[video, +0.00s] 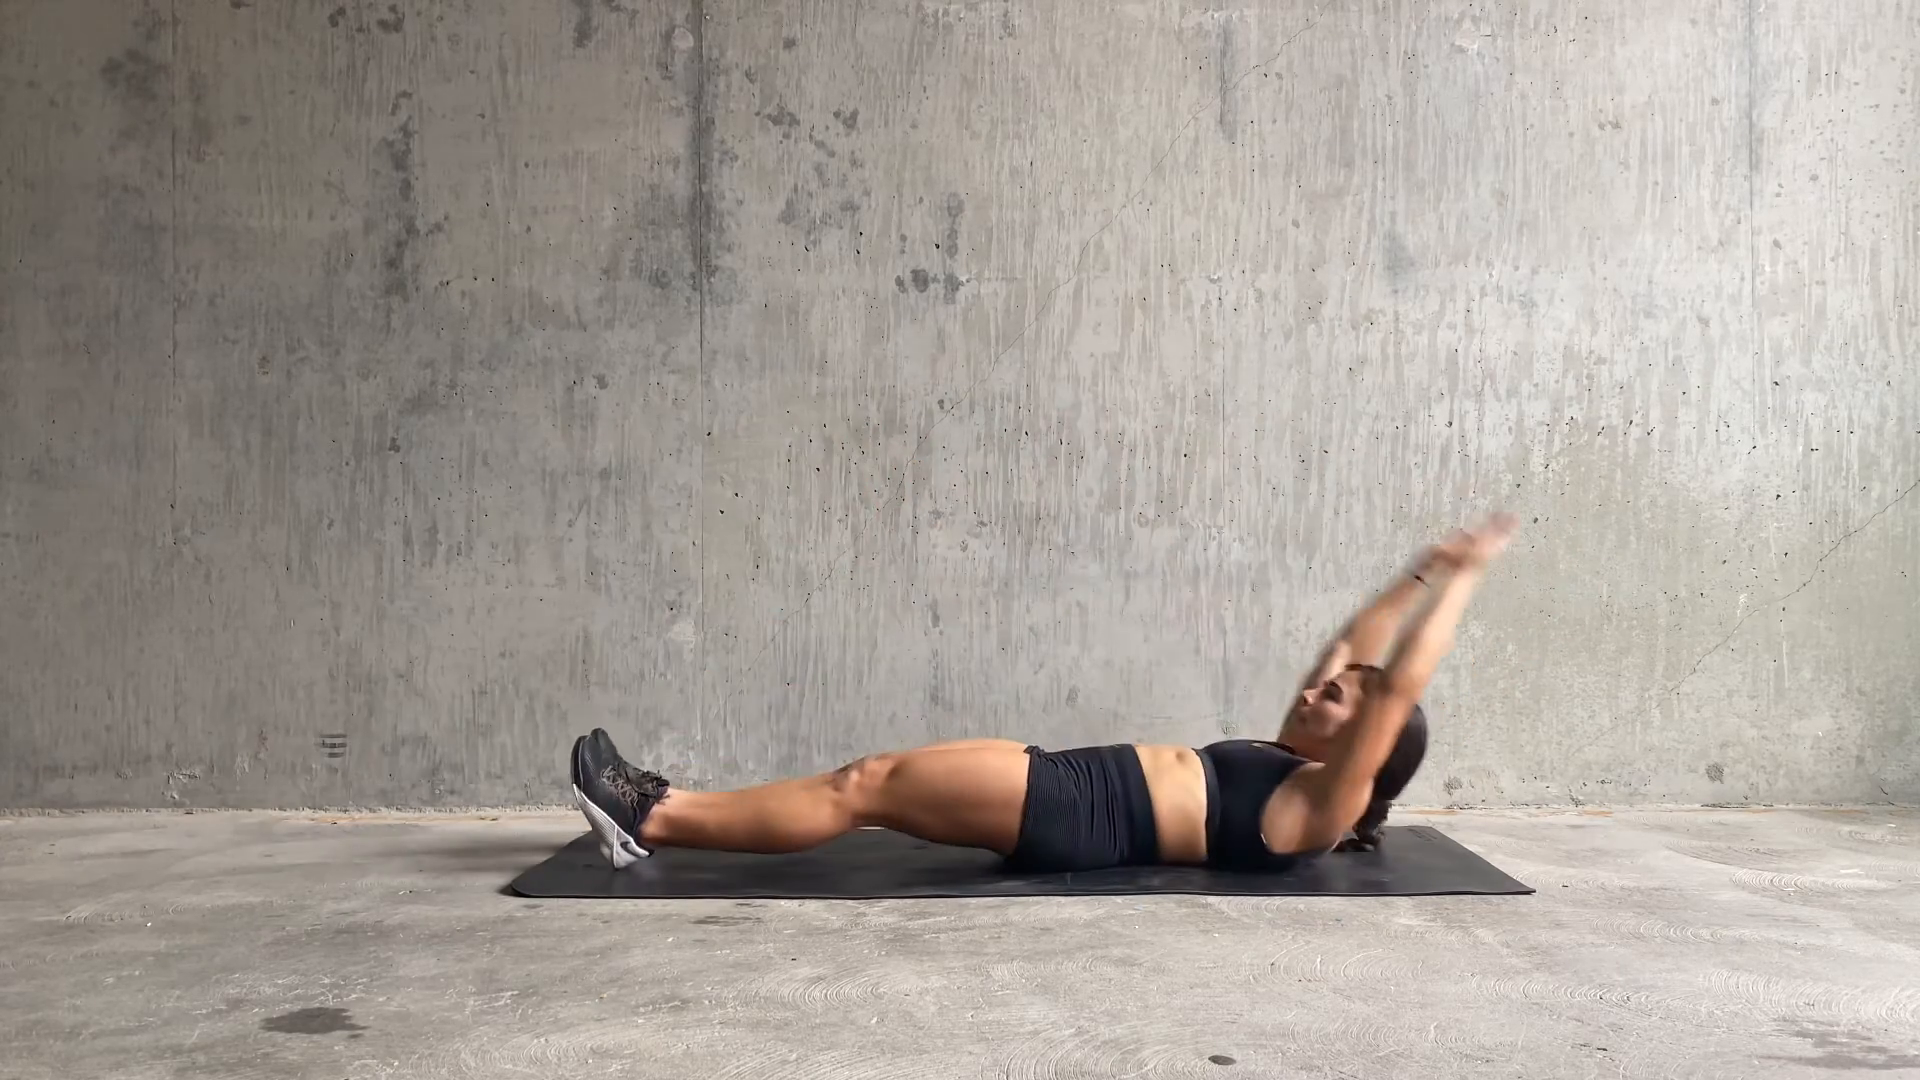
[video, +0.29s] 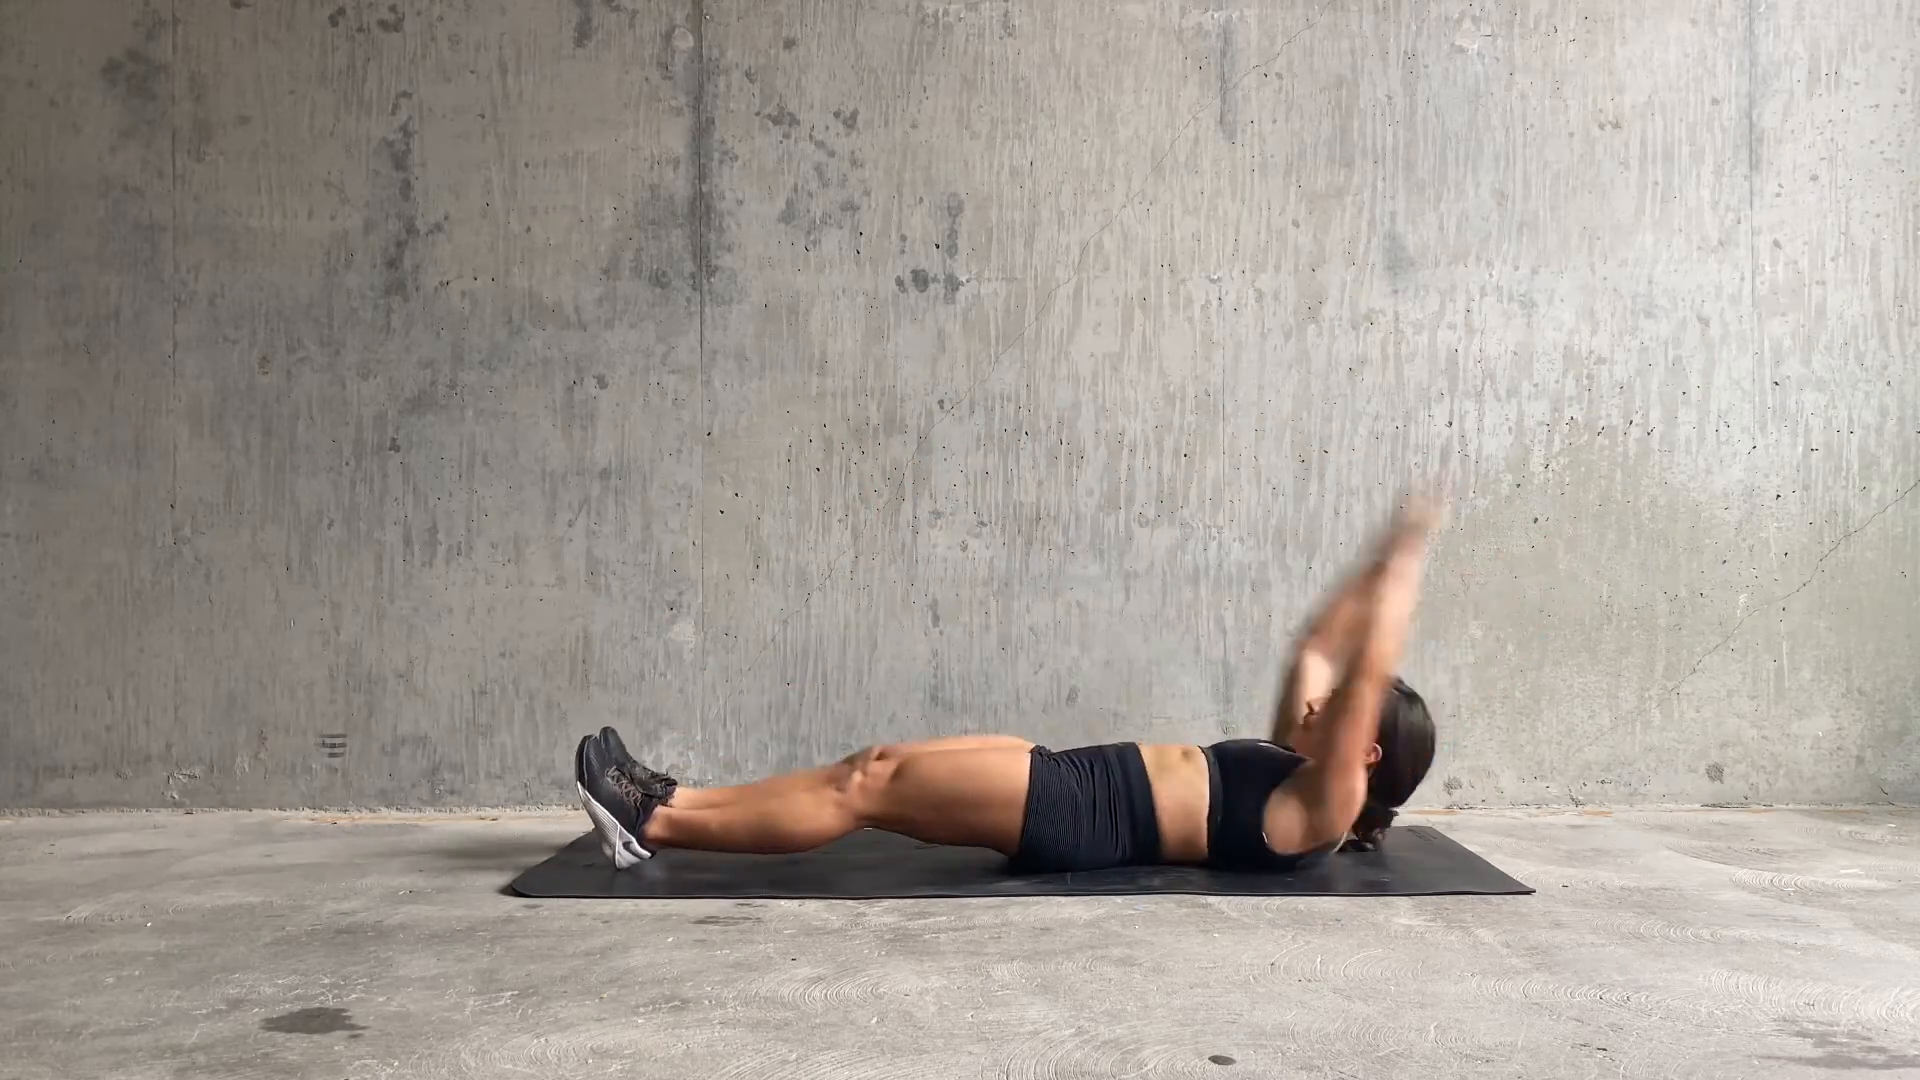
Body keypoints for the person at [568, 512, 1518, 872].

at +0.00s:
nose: (1315, 696)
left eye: (1339, 695)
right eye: (1326, 681)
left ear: (1369, 729)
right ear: (1319, 693)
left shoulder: (1321, 807)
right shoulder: (1297, 773)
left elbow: (1399, 689)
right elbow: (1353, 657)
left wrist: (1457, 581)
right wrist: (1419, 573)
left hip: (1087, 807)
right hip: (1082, 781)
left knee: (873, 787)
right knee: (877, 777)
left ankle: (656, 822)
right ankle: (671, 814)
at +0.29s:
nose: (1338, 701)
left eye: (1356, 702)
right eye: (1346, 696)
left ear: (1372, 748)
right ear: (1361, 744)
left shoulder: (1326, 809)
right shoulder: (1304, 775)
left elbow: (1369, 665)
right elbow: (1318, 654)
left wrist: (1408, 549)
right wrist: (1387, 557)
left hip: (1082, 807)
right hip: (1082, 777)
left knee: (871, 784)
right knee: (873, 768)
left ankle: (658, 822)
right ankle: (671, 810)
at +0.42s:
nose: (1287, 690)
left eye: (1306, 685)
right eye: (1299, 676)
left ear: (1344, 720)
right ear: (1340, 719)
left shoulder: (1291, 766)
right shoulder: (1297, 764)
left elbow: (1186, 659)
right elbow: (1202, 657)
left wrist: (1130, 539)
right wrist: (1144, 551)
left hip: (1078, 810)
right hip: (1078, 783)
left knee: (870, 791)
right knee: (885, 736)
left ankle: (650, 828)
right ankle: (679, 739)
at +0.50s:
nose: (1243, 649)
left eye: (1260, 642)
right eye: (1253, 637)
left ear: (1301, 670)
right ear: (1303, 671)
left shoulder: (1261, 730)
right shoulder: (1272, 733)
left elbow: (1131, 667)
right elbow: (1128, 663)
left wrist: (1011, 581)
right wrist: (1019, 585)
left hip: (1069, 809)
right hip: (1062, 771)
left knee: (856, 786)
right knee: (896, 685)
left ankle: (644, 821)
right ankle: (697, 635)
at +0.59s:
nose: (1197, 599)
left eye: (1214, 592)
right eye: (1206, 588)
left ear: (1251, 621)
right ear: (1251, 621)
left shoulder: (1220, 682)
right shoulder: (1232, 683)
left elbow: (1080, 622)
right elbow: (1076, 656)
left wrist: (962, 547)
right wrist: (965, 604)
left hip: (1065, 811)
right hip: (1060, 773)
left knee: (848, 772)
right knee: (922, 639)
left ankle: (634, 825)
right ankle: (754, 530)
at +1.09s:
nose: (1228, 618)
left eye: (1247, 614)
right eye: (1238, 607)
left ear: (1288, 645)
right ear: (1276, 636)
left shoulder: (1252, 702)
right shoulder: (1228, 689)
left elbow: (1141, 606)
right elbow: (1107, 621)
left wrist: (1060, 492)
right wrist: (1025, 530)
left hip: (1066, 810)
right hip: (1058, 770)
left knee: (850, 784)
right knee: (890, 672)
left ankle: (633, 825)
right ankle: (701, 610)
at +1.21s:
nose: (1271, 662)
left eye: (1289, 658)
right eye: (1282, 649)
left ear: (1324, 694)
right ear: (1319, 689)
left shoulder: (1291, 756)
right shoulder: (1272, 736)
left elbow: (1229, 615)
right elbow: (1203, 620)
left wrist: (1201, 492)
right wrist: (1188, 498)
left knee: (862, 789)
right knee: (871, 720)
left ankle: (641, 829)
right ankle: (670, 708)